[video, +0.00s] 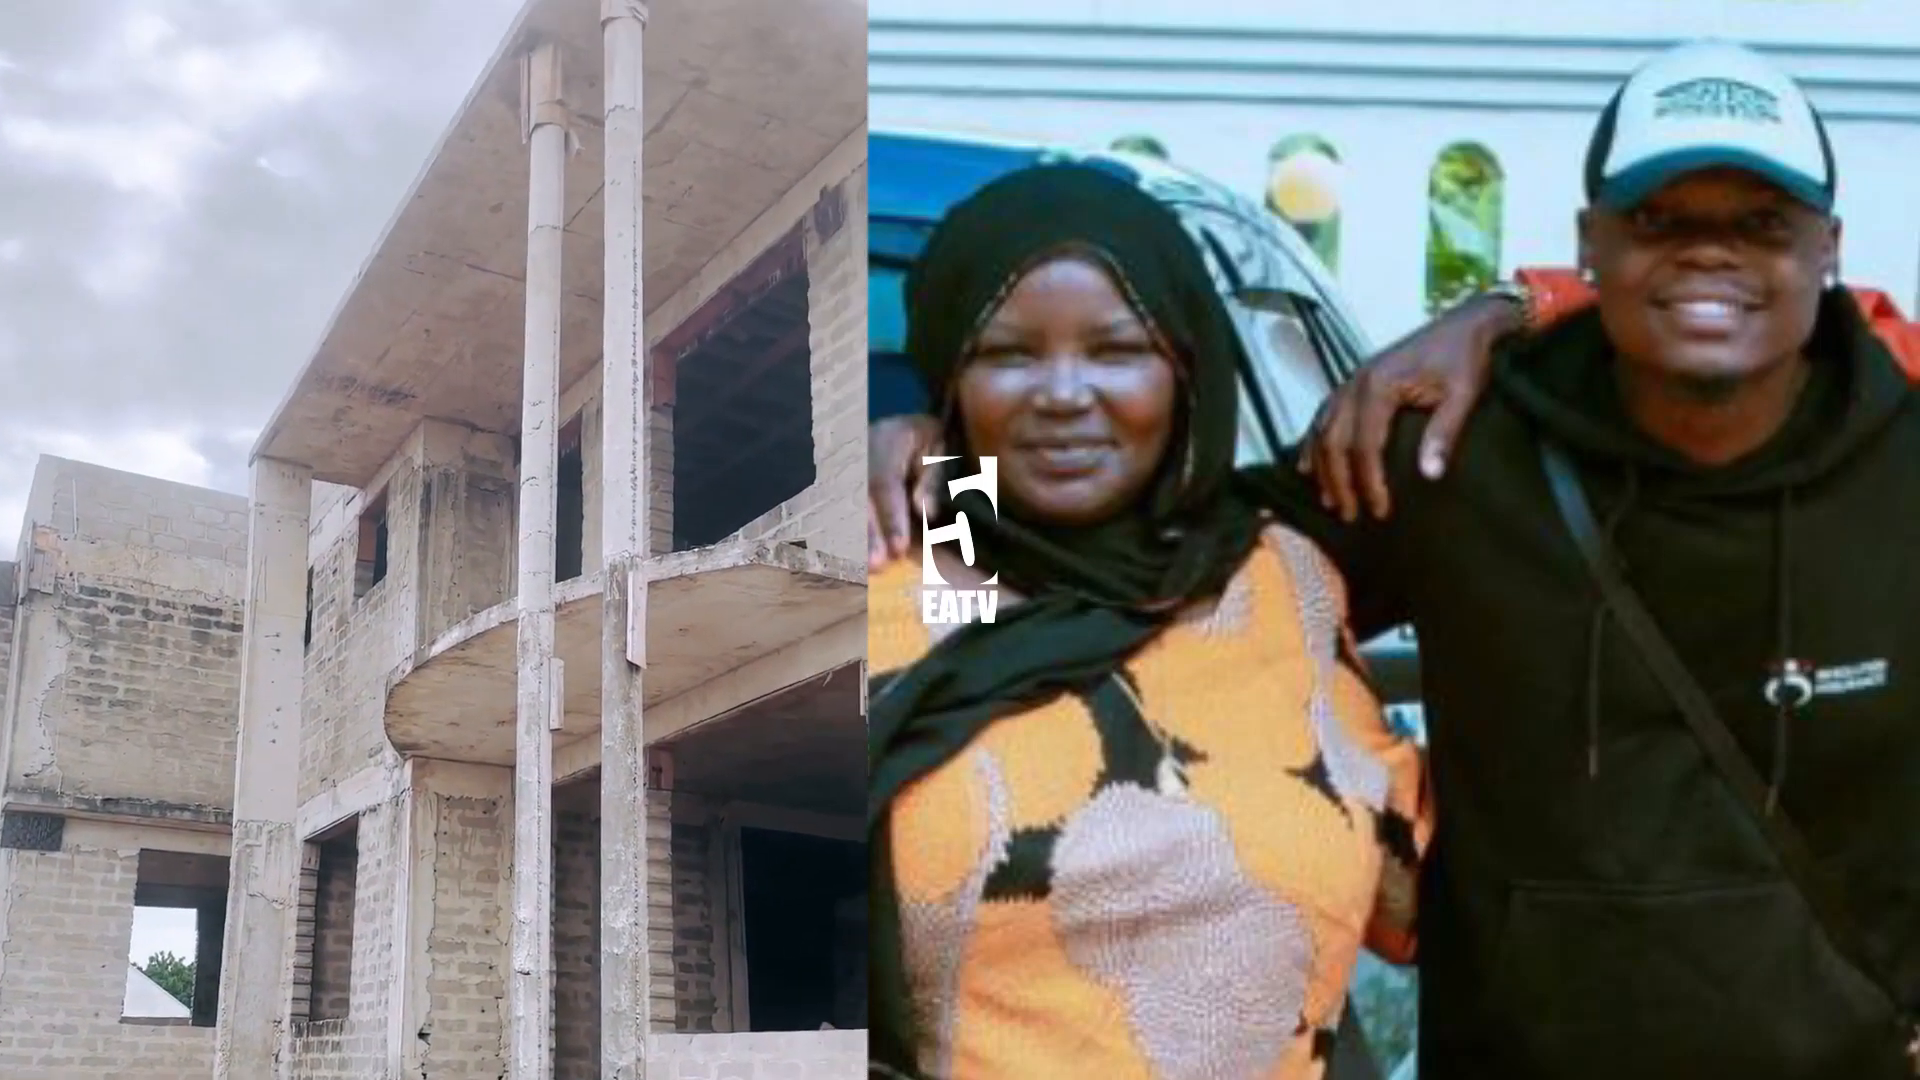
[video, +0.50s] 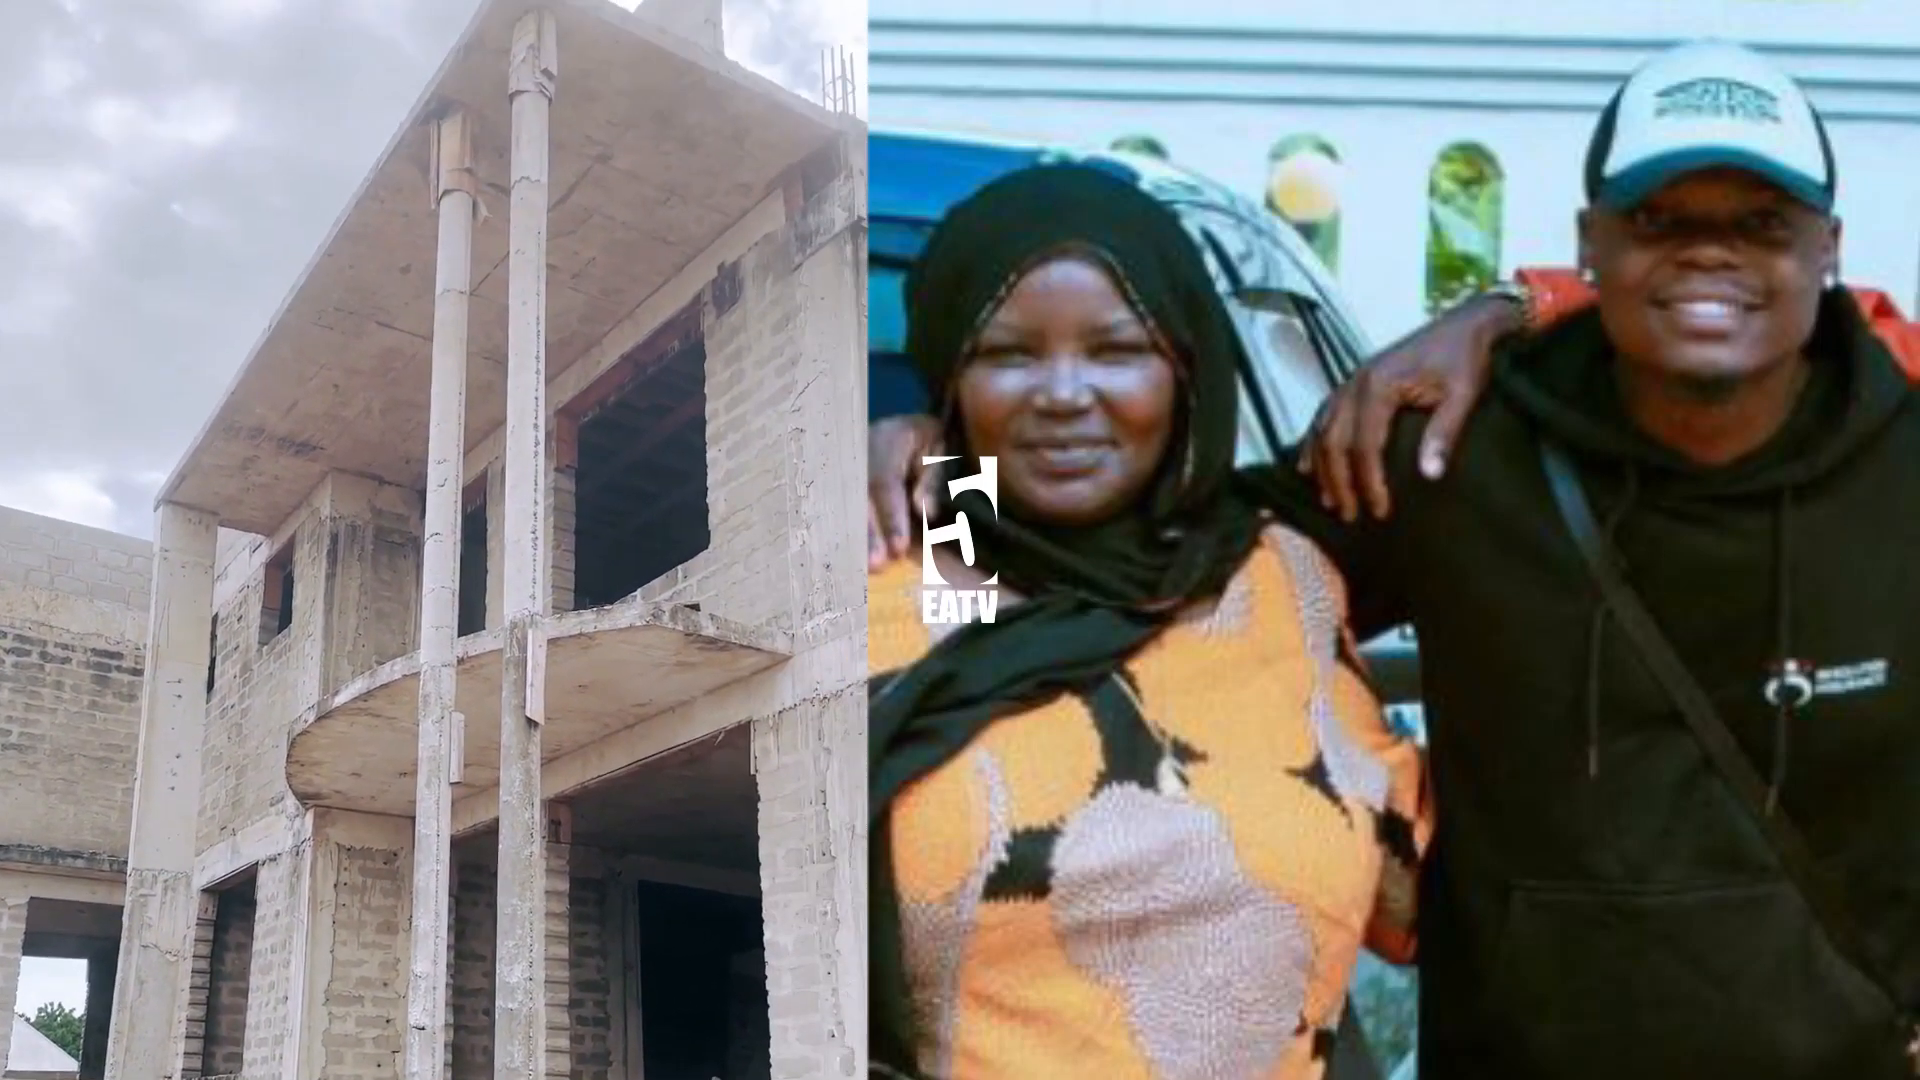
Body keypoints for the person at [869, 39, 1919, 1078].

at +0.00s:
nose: (1707, 252)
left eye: (1757, 219)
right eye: (1664, 215)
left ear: (1825, 250)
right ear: (1595, 242)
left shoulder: (1899, 445)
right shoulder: (1463, 447)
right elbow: (1178, 557)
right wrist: (964, 466)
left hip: (1848, 1038)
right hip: (1535, 1044)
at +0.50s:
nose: (1707, 252)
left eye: (1757, 220)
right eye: (1664, 216)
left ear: (1825, 250)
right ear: (1595, 242)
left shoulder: (1898, 445)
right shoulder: (1464, 447)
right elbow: (1175, 557)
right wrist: (954, 461)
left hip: (1849, 1038)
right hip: (1535, 1045)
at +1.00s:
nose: (1707, 251)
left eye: (1757, 219)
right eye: (1664, 215)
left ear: (1825, 249)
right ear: (1595, 242)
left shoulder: (1899, 445)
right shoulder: (1464, 447)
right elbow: (1174, 556)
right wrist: (953, 458)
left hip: (1848, 1039)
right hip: (1535, 1046)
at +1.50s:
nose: (1707, 251)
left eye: (1757, 218)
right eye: (1664, 214)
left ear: (1826, 249)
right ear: (1595, 241)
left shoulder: (1899, 445)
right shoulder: (1462, 448)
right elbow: (1174, 559)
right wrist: (958, 463)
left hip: (1849, 1039)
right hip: (1534, 1046)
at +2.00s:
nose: (1707, 252)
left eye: (1757, 219)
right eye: (1664, 215)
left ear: (1826, 249)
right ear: (1595, 242)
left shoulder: (1899, 445)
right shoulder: (1464, 447)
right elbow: (1177, 557)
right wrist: (960, 464)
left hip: (1850, 1038)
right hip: (1536, 1046)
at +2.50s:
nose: (1707, 252)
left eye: (1757, 220)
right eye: (1664, 215)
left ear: (1825, 250)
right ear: (1595, 242)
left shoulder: (1899, 445)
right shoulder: (1464, 447)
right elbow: (1174, 558)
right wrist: (954, 463)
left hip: (1849, 1037)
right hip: (1535, 1044)